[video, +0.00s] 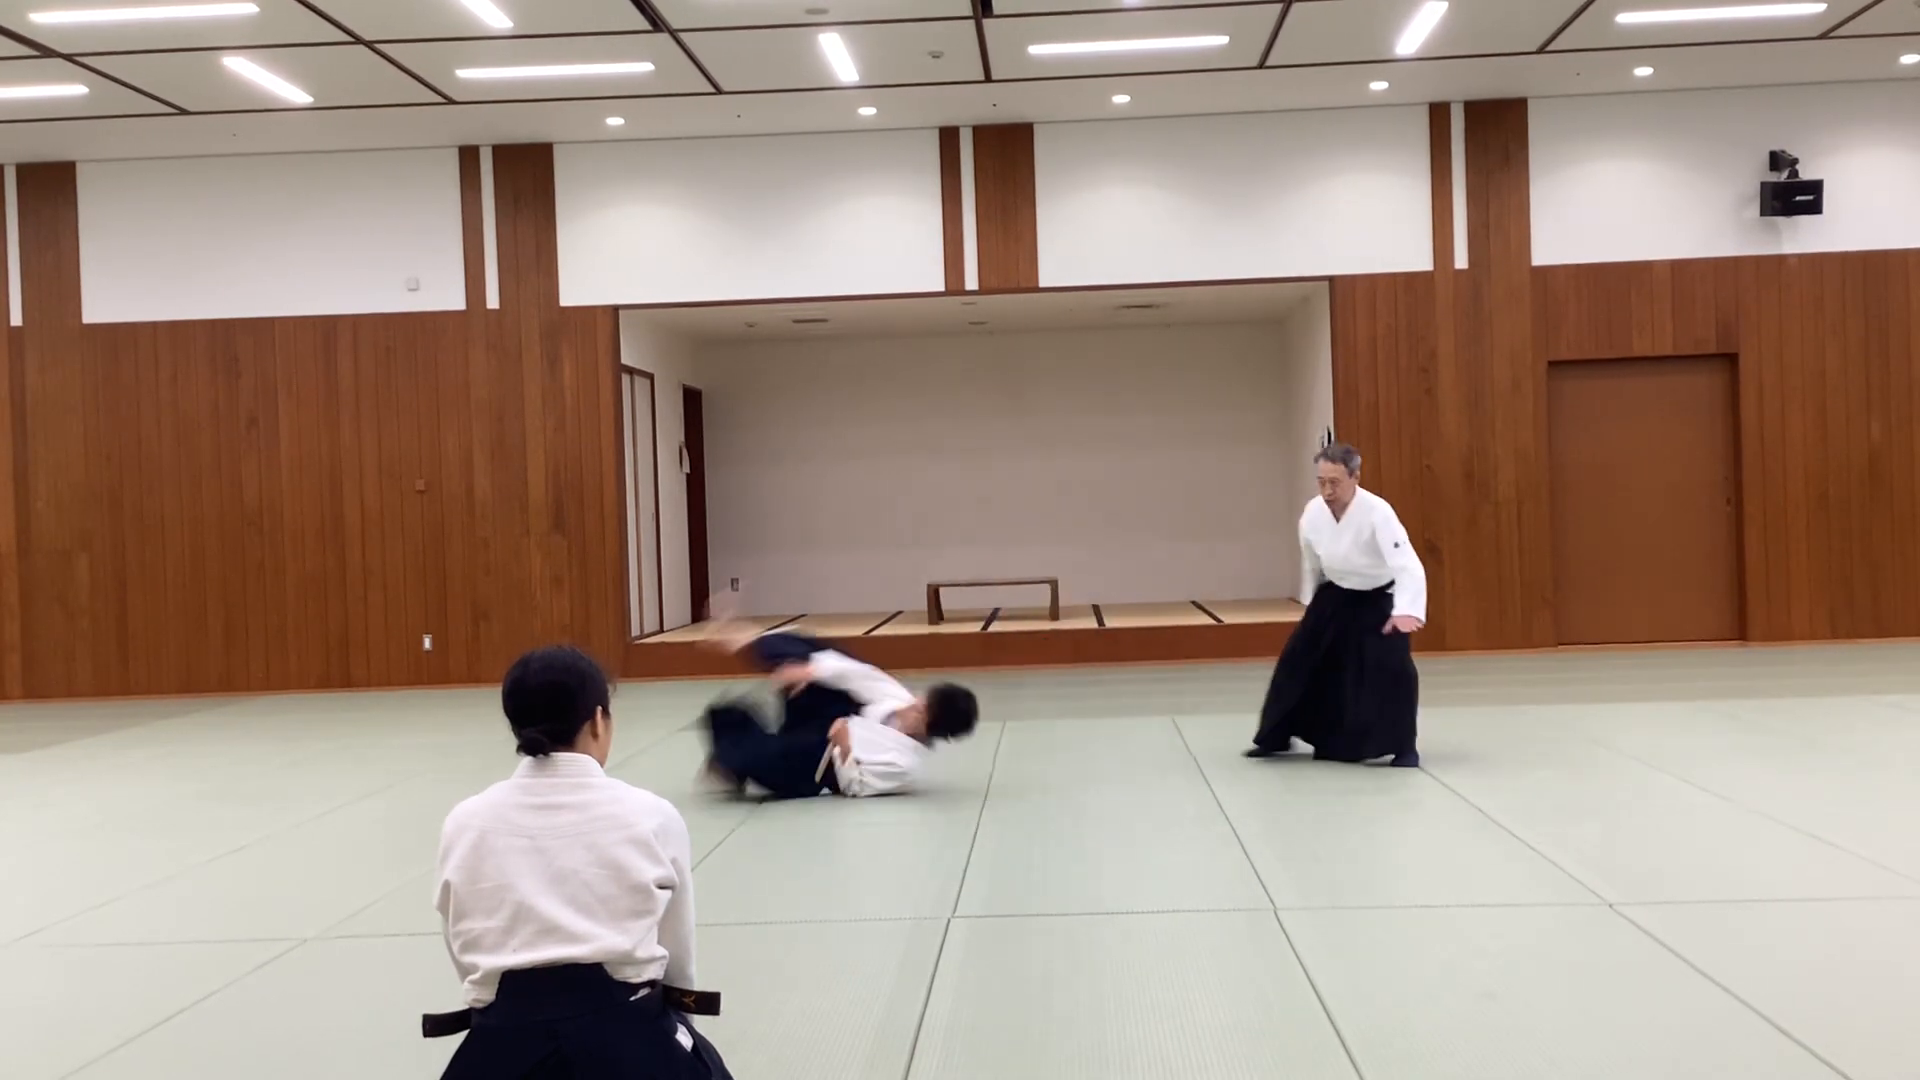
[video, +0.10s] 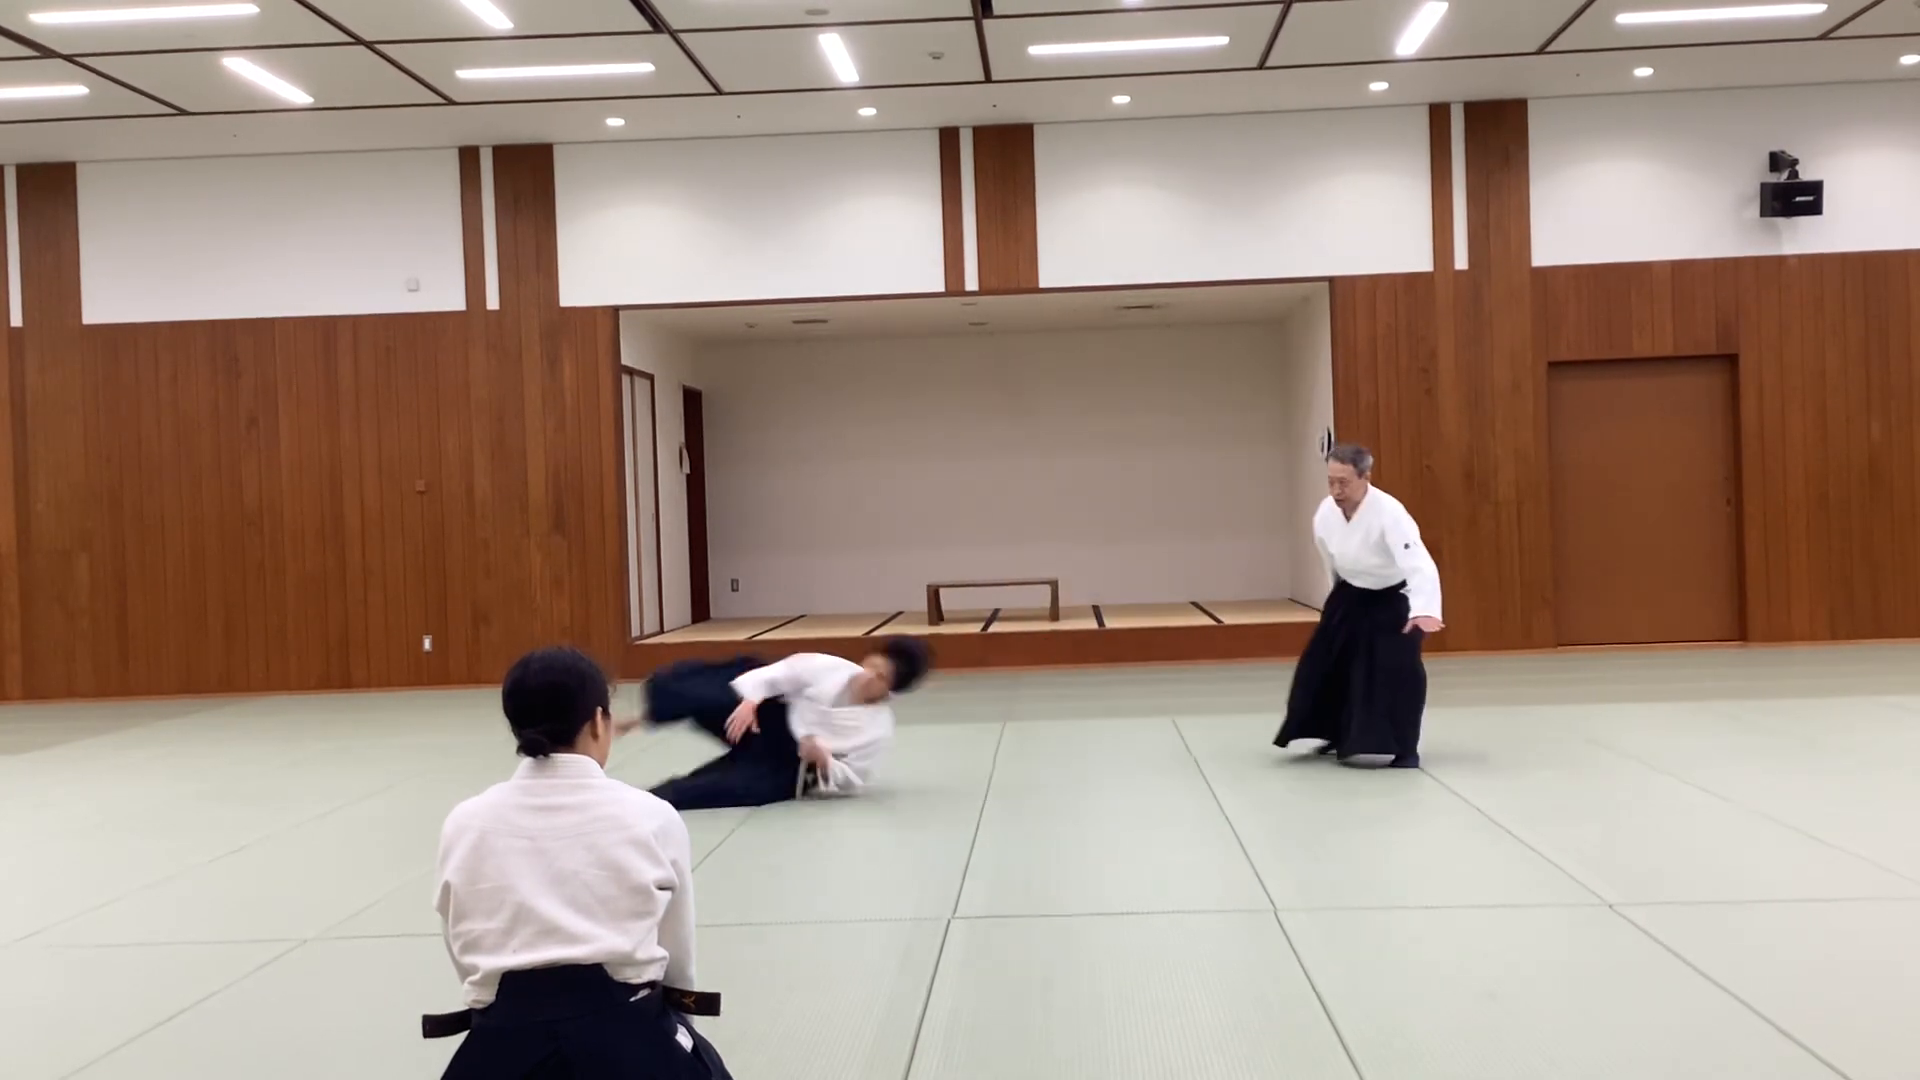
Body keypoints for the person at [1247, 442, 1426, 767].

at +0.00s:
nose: (1327, 490)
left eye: (1335, 482)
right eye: (1322, 482)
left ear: (1355, 479)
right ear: (1317, 480)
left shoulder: (1378, 513)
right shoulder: (1313, 512)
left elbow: (1408, 565)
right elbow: (1310, 565)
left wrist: (1407, 609)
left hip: (1377, 599)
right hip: (1334, 596)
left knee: (1396, 669)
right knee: (1296, 658)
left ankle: (1405, 749)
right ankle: (1274, 737)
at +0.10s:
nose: (1336, 490)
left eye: (1344, 482)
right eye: (1331, 482)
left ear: (1365, 479)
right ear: (1327, 479)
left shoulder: (1389, 512)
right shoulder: (1325, 513)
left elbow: (1419, 562)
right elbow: (1332, 565)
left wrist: (1425, 608)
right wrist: (1338, 600)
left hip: (1391, 600)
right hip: (1350, 598)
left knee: (1397, 669)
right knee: (1328, 661)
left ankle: (1403, 749)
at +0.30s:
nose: (1351, 480)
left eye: (1359, 472)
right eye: (1346, 472)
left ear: (1381, 470)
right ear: (1343, 470)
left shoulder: (1403, 505)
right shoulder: (1344, 507)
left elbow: (1428, 553)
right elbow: (1352, 555)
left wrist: (1436, 598)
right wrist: (1349, 593)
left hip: (1414, 592)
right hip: (1380, 592)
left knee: (1404, 668)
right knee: (1374, 666)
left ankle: (1407, 751)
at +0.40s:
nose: (1357, 472)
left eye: (1365, 465)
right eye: (1354, 465)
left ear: (1388, 463)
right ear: (1350, 463)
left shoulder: (1408, 500)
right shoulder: (1354, 502)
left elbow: (1426, 548)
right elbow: (1364, 550)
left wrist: (1426, 591)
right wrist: (1354, 592)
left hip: (1424, 588)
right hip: (1392, 588)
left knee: (1407, 663)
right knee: (1409, 662)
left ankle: (1406, 746)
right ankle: (1464, 719)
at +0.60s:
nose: (1375, 460)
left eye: (1382, 453)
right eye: (1372, 453)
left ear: (1406, 451)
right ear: (1372, 454)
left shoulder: (1419, 490)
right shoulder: (1387, 491)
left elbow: (1414, 543)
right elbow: (1394, 543)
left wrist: (1384, 579)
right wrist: (1386, 581)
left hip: (1436, 582)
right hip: (1415, 580)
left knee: (1412, 659)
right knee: (1450, 655)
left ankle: (1408, 743)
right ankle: (1476, 726)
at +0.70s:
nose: (1383, 456)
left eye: (1389, 448)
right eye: (1380, 448)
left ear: (1413, 447)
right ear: (1380, 448)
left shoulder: (1422, 486)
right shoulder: (1409, 480)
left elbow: (1407, 541)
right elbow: (1409, 538)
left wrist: (1373, 574)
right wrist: (1401, 578)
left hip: (1433, 581)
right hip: (1436, 575)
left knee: (1411, 660)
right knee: (1454, 656)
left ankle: (1405, 742)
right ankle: (1478, 729)